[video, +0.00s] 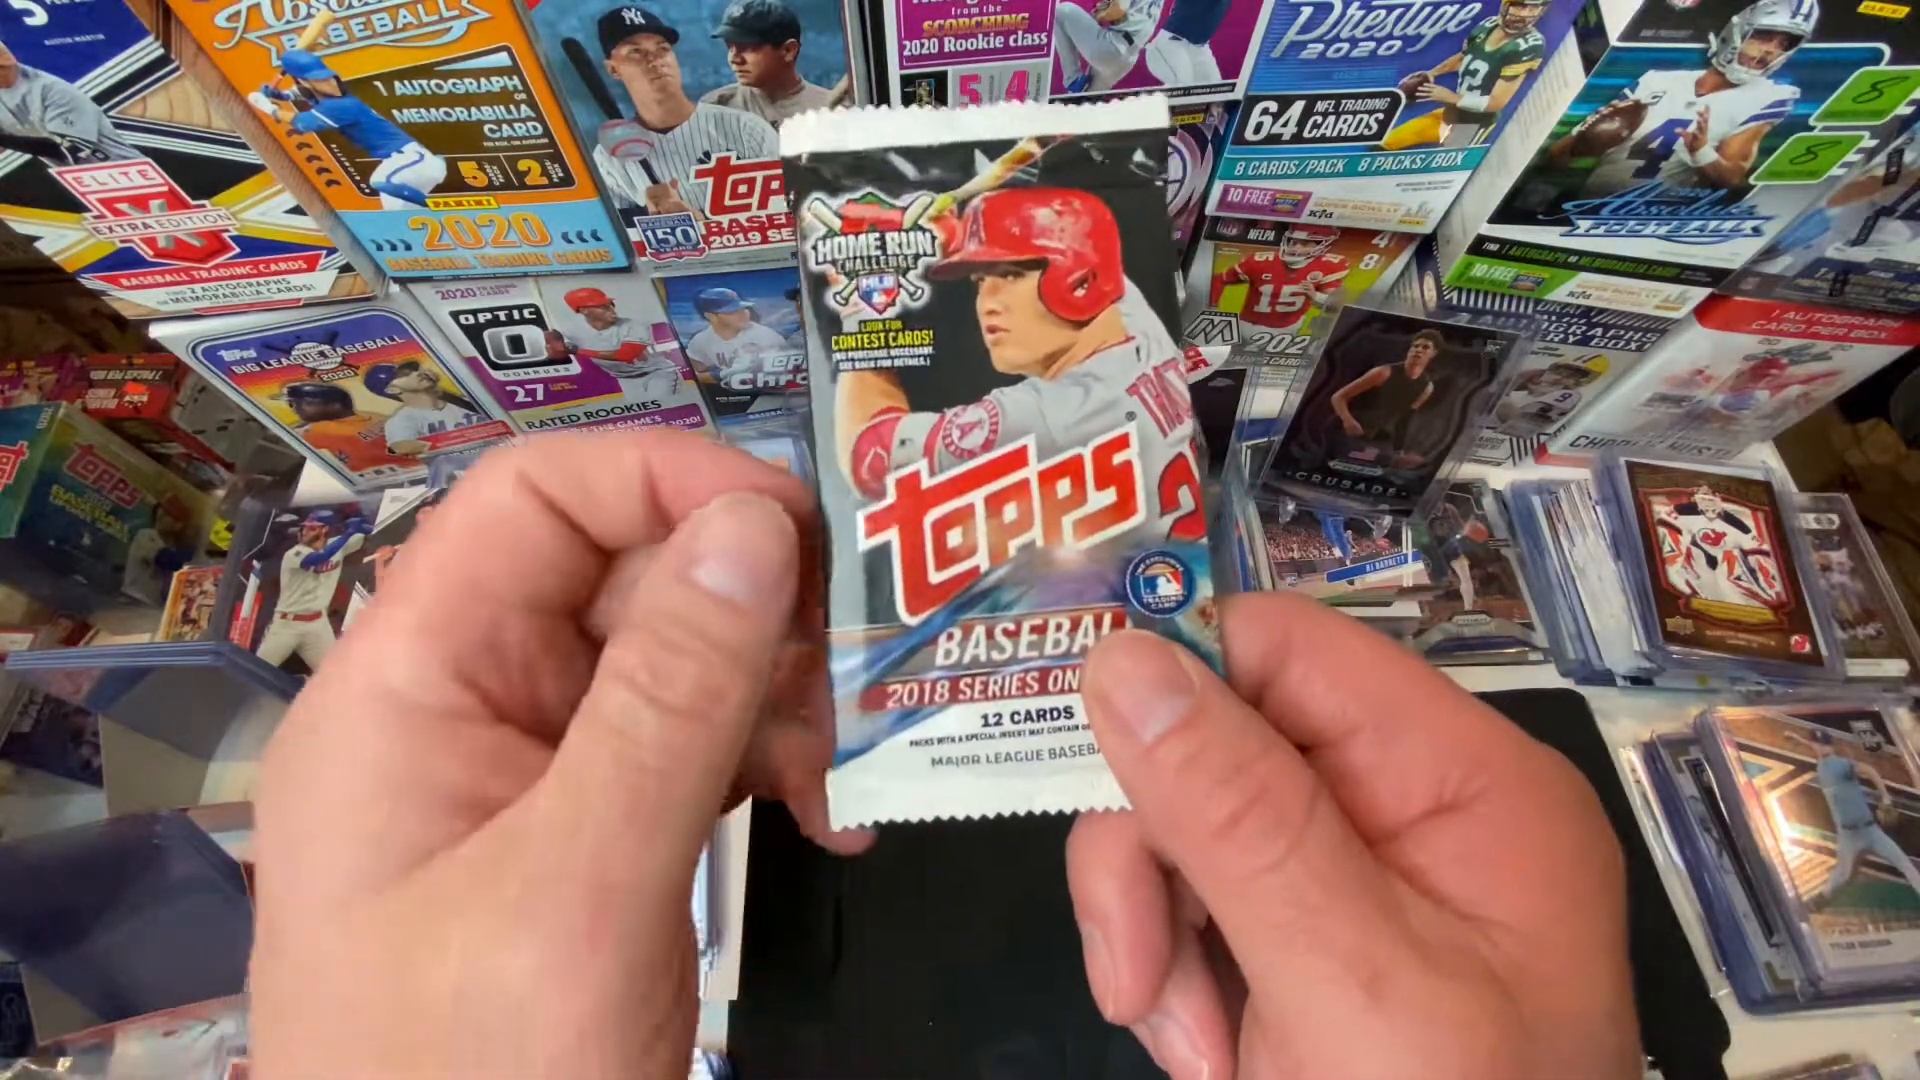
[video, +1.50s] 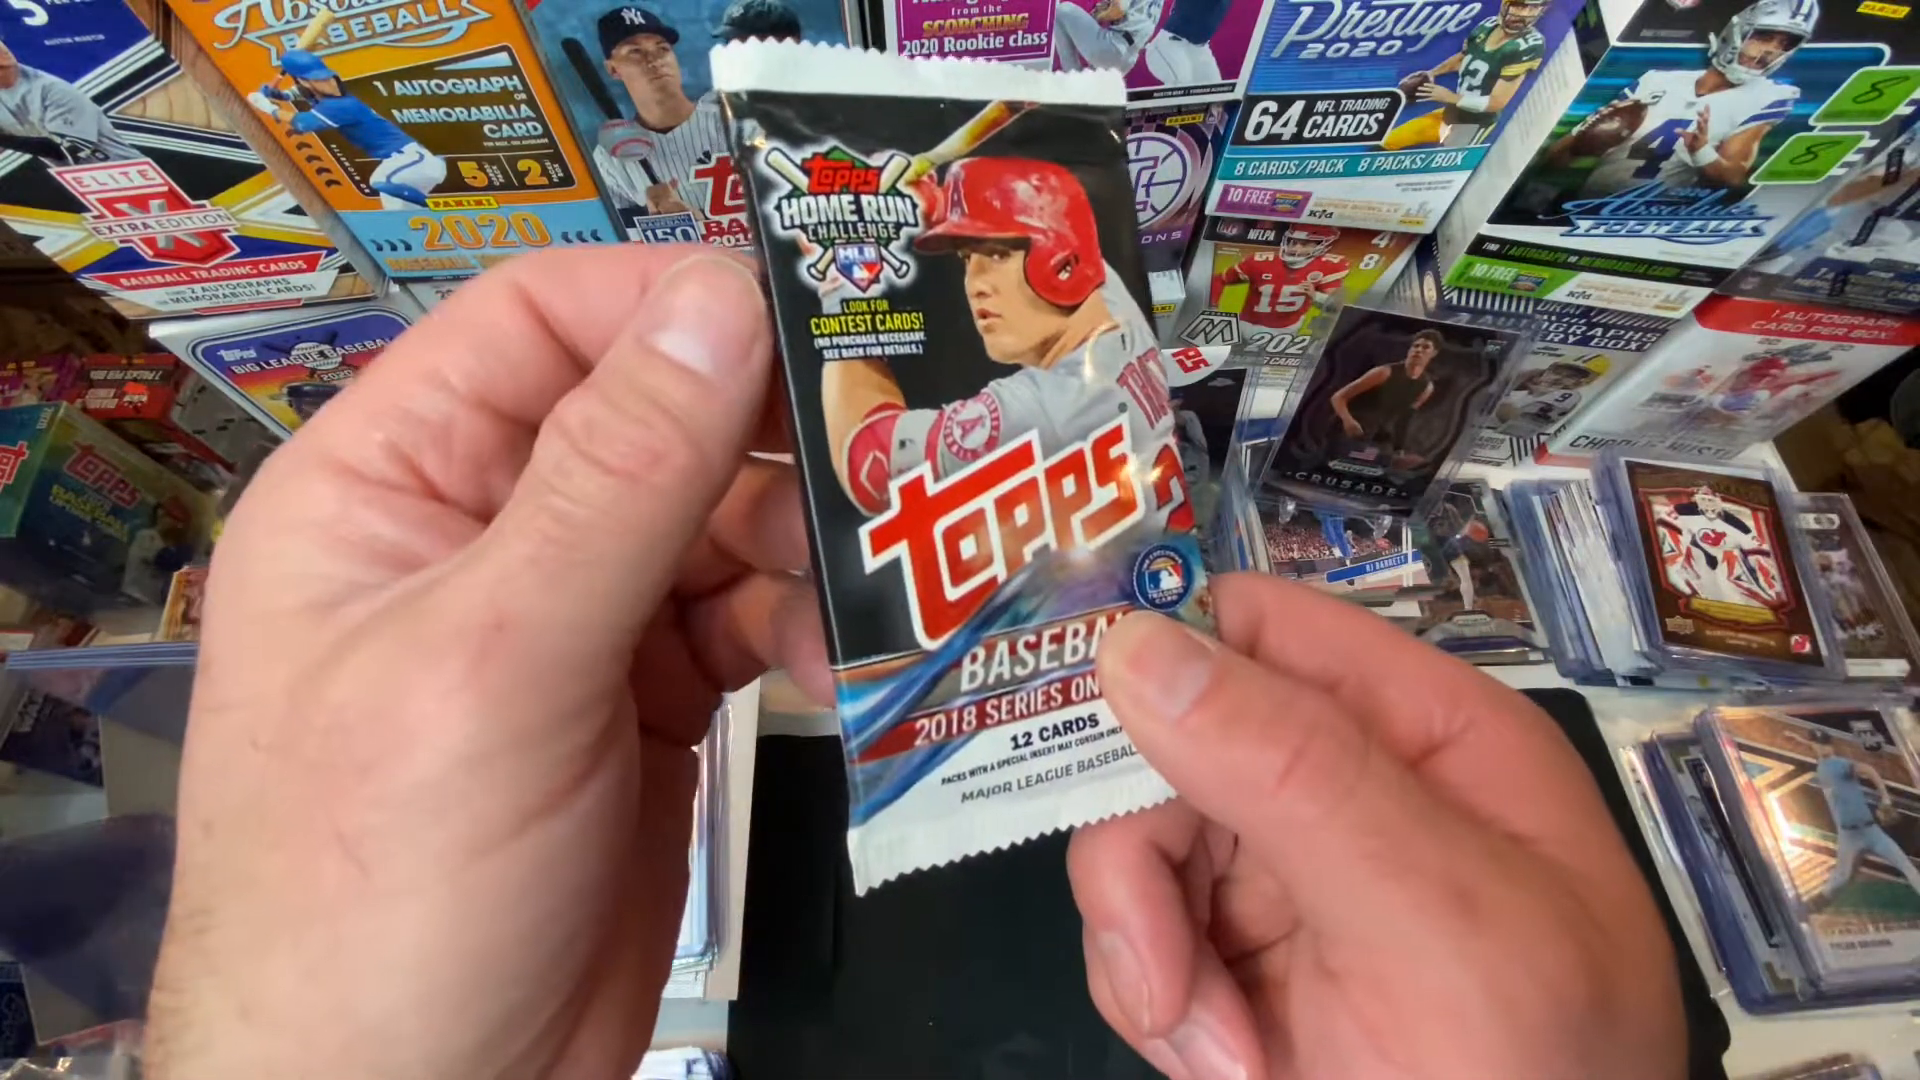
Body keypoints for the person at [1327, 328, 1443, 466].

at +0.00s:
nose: (1419, 350)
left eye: (1426, 347)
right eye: (1416, 346)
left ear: (1434, 354)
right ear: (1410, 349)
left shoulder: (1426, 389)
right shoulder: (1384, 373)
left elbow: (1405, 417)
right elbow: (1338, 397)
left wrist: (1400, 452)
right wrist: (1348, 420)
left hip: (1381, 438)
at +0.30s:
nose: (1419, 350)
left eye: (1425, 347)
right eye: (1416, 346)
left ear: (1434, 354)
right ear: (1409, 349)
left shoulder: (1426, 389)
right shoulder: (1384, 373)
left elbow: (1405, 417)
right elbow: (1338, 397)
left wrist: (1400, 451)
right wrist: (1348, 421)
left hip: (1381, 438)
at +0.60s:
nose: (1418, 351)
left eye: (1425, 347)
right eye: (1415, 346)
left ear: (1434, 354)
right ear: (1409, 349)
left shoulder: (1426, 389)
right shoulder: (1384, 373)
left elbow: (1405, 417)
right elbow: (1338, 398)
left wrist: (1399, 451)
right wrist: (1348, 421)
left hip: (1385, 442)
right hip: (1359, 436)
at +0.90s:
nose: (1418, 351)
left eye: (1425, 347)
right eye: (1415, 346)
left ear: (1434, 353)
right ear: (1409, 349)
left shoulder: (1426, 388)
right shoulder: (1384, 373)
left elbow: (1405, 417)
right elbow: (1338, 398)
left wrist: (1399, 451)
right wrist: (1348, 421)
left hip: (1385, 442)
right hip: (1360, 436)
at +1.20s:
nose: (1419, 350)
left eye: (1425, 347)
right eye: (1416, 346)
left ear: (1434, 354)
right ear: (1409, 349)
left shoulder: (1426, 388)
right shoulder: (1384, 373)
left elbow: (1405, 417)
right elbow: (1338, 398)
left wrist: (1399, 451)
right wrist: (1348, 421)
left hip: (1383, 440)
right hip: (1357, 433)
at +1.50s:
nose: (1418, 350)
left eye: (1425, 347)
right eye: (1416, 346)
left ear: (1434, 354)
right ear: (1409, 349)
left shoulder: (1426, 388)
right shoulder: (1384, 373)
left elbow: (1405, 417)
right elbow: (1338, 398)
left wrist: (1399, 451)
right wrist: (1348, 421)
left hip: (1384, 441)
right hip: (1357, 433)